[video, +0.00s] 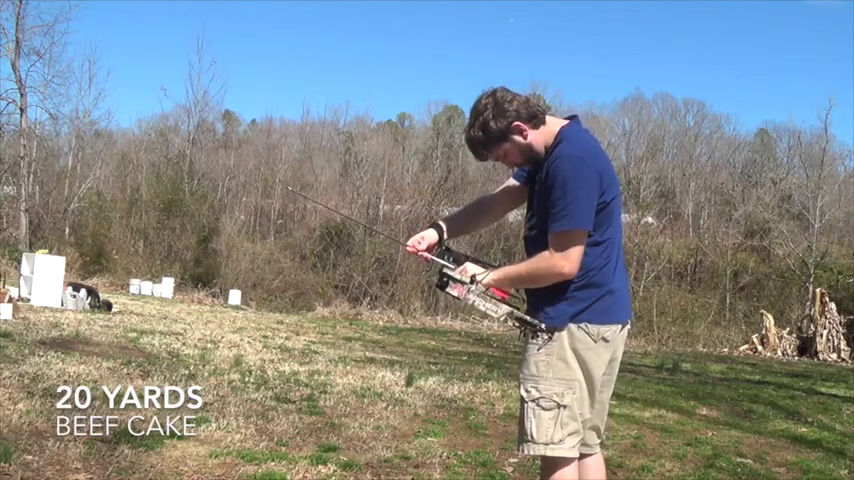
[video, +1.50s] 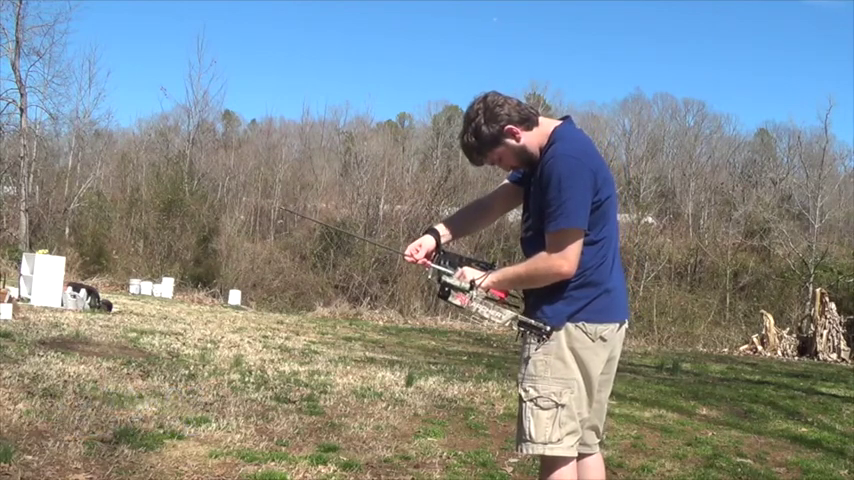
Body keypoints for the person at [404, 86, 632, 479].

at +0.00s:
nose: (505, 163)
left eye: (502, 156)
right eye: (499, 160)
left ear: (520, 130)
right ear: (521, 126)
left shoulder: (570, 160)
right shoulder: (559, 148)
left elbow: (564, 262)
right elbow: (499, 201)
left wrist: (491, 277)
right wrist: (440, 231)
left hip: (573, 319)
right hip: (593, 316)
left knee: (558, 449)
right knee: (586, 445)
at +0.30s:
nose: (504, 165)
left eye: (500, 158)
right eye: (497, 162)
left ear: (517, 131)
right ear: (519, 127)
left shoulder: (569, 160)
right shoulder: (558, 149)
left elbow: (563, 263)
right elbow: (498, 203)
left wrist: (491, 277)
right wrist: (440, 234)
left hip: (573, 320)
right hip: (592, 316)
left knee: (558, 449)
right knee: (586, 445)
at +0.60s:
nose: (502, 166)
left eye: (498, 158)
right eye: (495, 162)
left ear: (515, 132)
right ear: (518, 127)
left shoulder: (568, 159)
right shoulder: (558, 148)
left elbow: (563, 263)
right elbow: (497, 202)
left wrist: (491, 277)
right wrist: (441, 234)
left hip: (572, 318)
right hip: (592, 315)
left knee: (558, 449)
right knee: (586, 445)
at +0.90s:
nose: (503, 166)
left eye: (499, 159)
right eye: (496, 163)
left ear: (514, 132)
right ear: (516, 127)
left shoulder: (566, 159)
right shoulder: (557, 148)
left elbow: (562, 263)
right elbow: (496, 202)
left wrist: (489, 278)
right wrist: (436, 233)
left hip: (572, 319)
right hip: (591, 316)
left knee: (557, 449)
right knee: (585, 445)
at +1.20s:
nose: (502, 167)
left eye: (498, 159)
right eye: (495, 163)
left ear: (514, 132)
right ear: (516, 128)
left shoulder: (566, 160)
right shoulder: (555, 150)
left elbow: (563, 263)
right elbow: (494, 204)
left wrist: (490, 278)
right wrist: (437, 235)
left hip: (571, 319)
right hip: (591, 316)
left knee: (557, 449)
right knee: (585, 445)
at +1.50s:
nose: (500, 166)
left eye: (496, 159)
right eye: (493, 163)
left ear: (512, 132)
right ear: (514, 128)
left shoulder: (565, 159)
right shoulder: (555, 149)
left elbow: (563, 263)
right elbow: (494, 203)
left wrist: (490, 279)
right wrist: (437, 235)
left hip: (570, 319)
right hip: (590, 316)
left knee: (557, 449)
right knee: (585, 445)